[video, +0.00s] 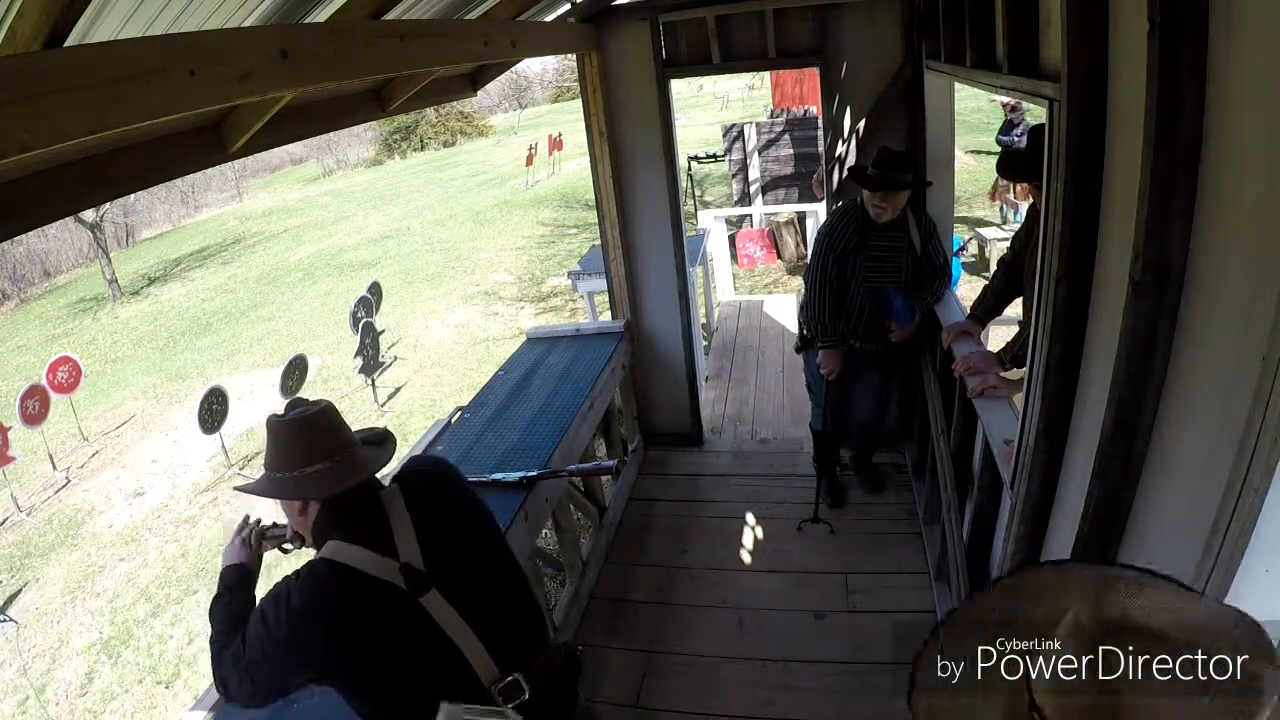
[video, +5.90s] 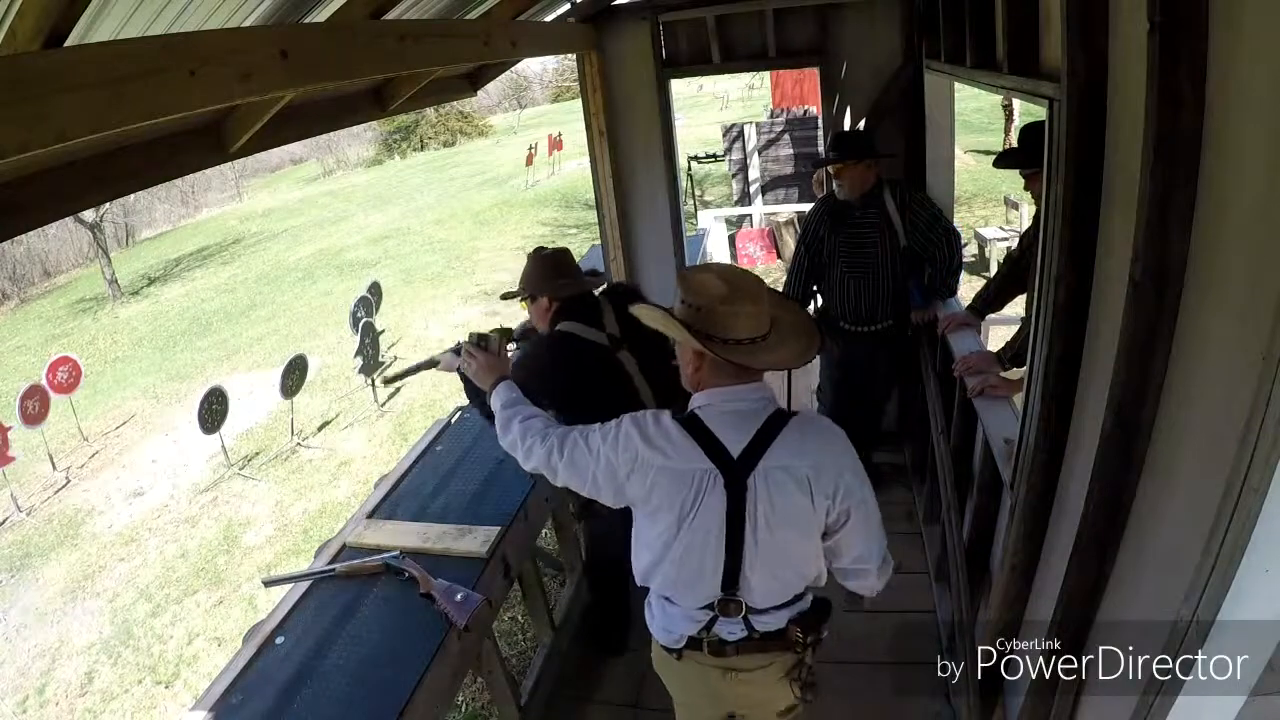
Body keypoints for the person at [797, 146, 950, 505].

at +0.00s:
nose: (880, 199)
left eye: (890, 191)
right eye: (873, 190)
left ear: (908, 193)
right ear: (862, 187)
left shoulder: (921, 227)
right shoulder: (841, 225)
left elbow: (939, 278)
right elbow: (819, 285)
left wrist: (915, 318)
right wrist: (828, 343)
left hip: (886, 341)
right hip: (834, 339)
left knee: (878, 406)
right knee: (829, 411)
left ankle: (864, 460)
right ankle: (827, 473)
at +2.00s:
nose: (884, 198)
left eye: (887, 190)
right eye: (875, 192)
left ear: (891, 183)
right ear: (852, 188)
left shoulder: (909, 209)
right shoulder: (827, 217)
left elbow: (947, 243)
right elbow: (798, 265)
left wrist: (938, 297)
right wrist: (789, 320)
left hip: (890, 334)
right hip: (840, 334)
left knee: (872, 405)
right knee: (831, 410)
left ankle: (865, 460)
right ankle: (823, 473)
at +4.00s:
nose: (837, 203)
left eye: (842, 195)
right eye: (831, 196)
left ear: (862, 180)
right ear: (824, 188)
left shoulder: (900, 206)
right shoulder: (821, 218)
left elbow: (944, 242)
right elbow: (799, 267)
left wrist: (935, 297)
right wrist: (789, 319)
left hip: (888, 332)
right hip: (837, 332)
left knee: (874, 404)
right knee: (832, 403)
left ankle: (864, 460)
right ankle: (822, 473)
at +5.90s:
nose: (836, 176)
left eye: (843, 168)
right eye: (833, 168)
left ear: (870, 168)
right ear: (829, 169)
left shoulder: (905, 203)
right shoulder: (824, 212)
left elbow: (946, 244)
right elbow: (800, 272)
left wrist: (933, 298)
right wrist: (785, 326)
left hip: (899, 338)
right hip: (840, 339)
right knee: (839, 423)